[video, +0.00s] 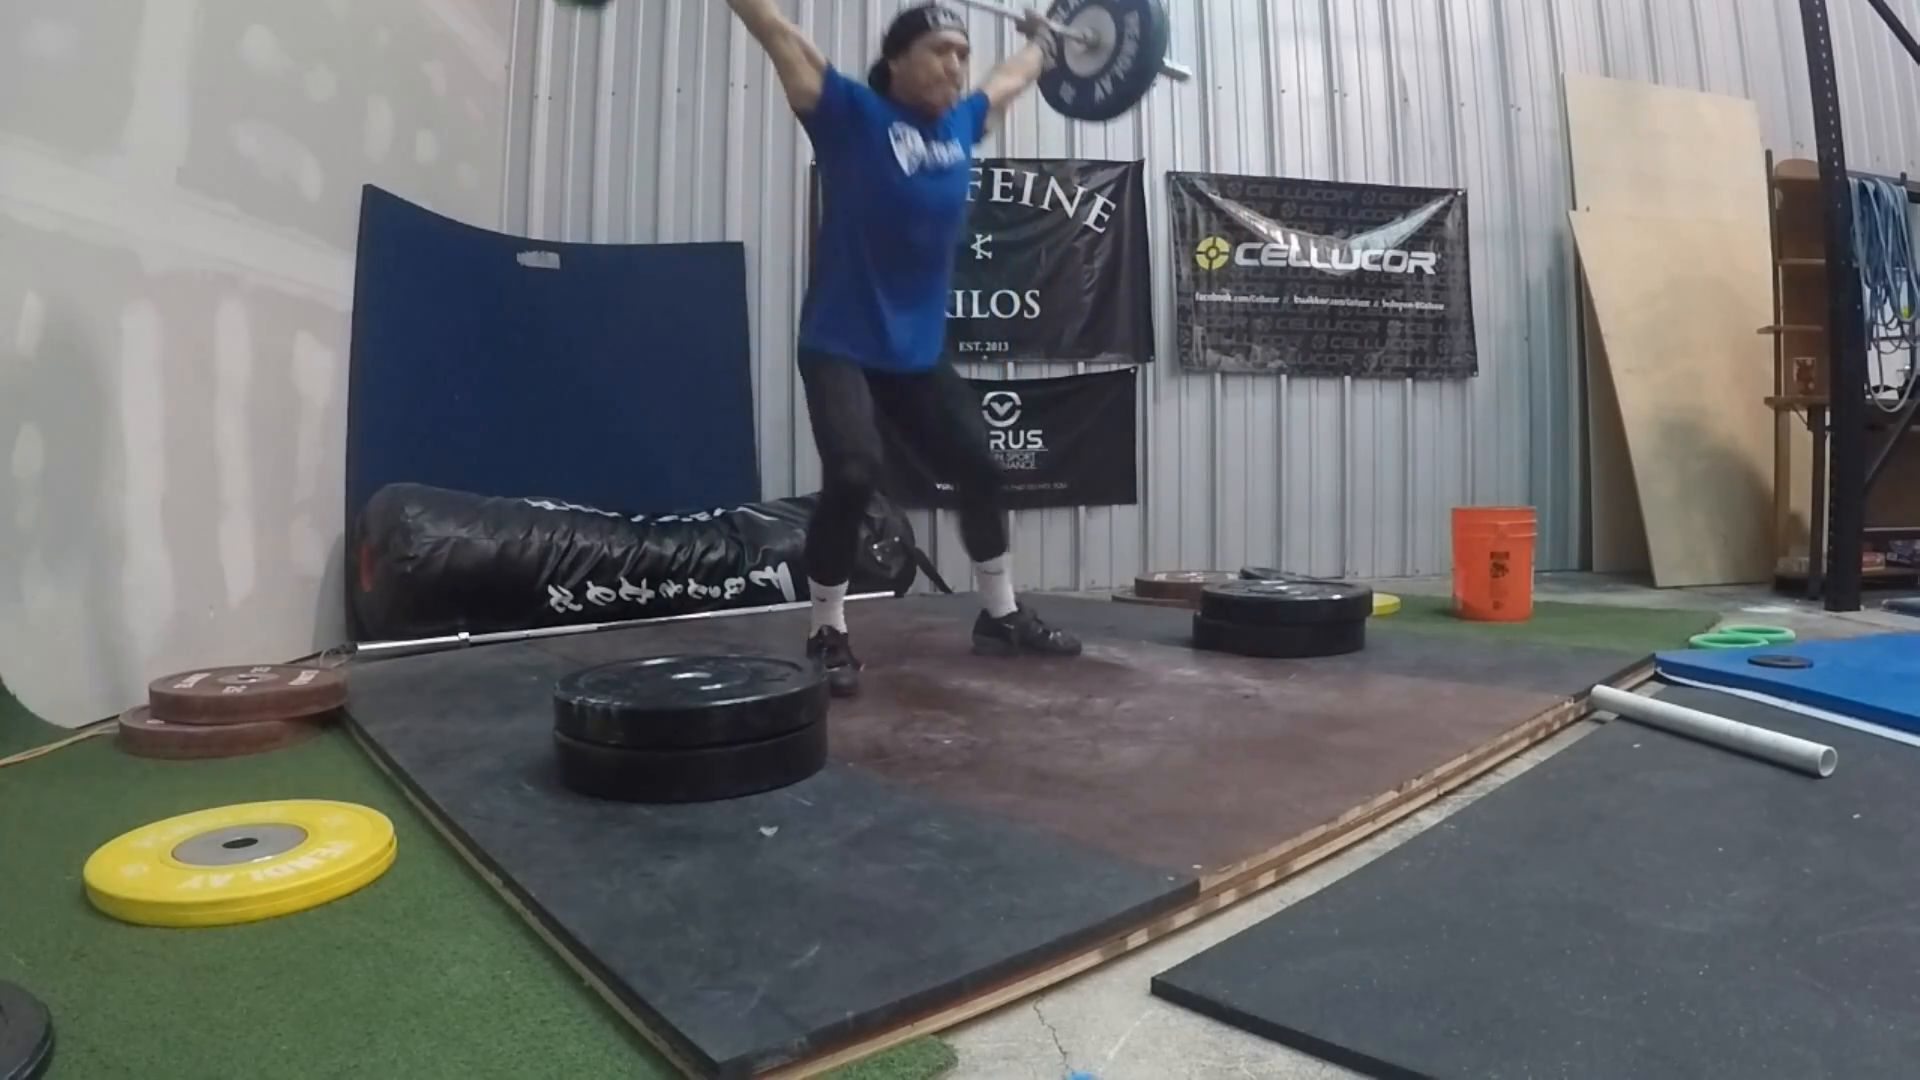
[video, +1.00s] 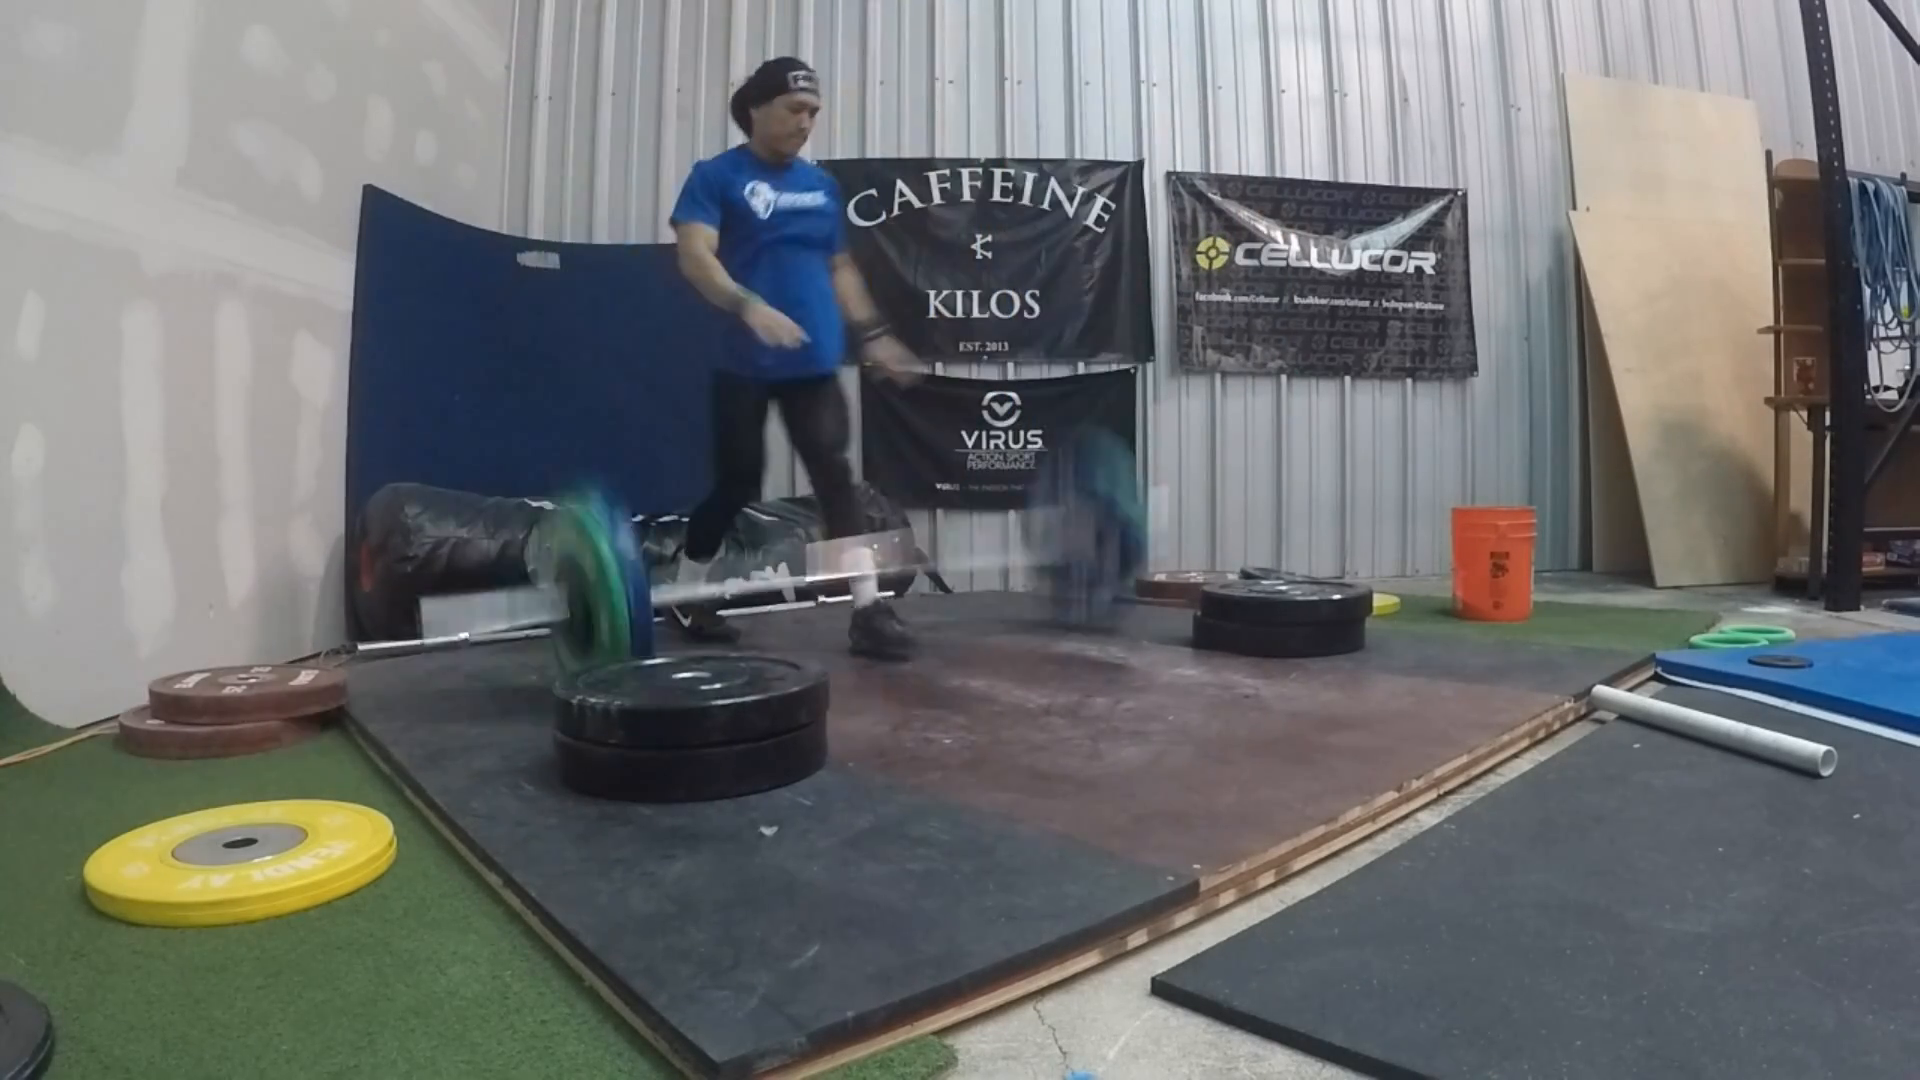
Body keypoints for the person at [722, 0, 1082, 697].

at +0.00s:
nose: (953, 68)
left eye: (959, 57)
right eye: (939, 52)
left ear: (962, 69)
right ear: (895, 60)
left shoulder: (959, 124)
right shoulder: (848, 112)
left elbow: (1011, 80)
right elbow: (775, 32)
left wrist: (1042, 40)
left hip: (917, 353)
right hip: (839, 345)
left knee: (981, 472)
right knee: (853, 475)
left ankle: (1001, 617)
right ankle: (827, 634)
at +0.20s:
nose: (923, 41)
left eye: (929, 29)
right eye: (910, 25)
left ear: (931, 41)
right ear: (864, 30)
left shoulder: (935, 88)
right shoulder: (820, 76)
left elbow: (988, 42)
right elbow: (762, 12)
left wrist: (1030, 6)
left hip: (910, 318)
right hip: (830, 316)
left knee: (940, 456)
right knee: (835, 458)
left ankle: (901, 588)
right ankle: (824, 627)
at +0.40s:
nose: (907, 52)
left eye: (913, 42)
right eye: (894, 38)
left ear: (917, 54)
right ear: (851, 42)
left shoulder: (920, 100)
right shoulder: (812, 92)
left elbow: (976, 53)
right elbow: (752, 24)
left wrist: (1020, 18)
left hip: (902, 321)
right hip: (829, 319)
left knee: (889, 464)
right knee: (833, 461)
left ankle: (875, 612)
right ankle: (826, 629)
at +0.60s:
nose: (863, 79)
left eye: (870, 69)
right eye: (849, 67)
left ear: (874, 75)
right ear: (809, 72)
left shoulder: (887, 131)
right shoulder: (777, 126)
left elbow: (958, 106)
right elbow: (702, 82)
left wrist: (1004, 51)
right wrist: (690, 8)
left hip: (897, 331)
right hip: (824, 332)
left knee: (901, 468)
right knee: (828, 463)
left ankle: (880, 614)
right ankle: (822, 629)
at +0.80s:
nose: (835, 96)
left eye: (841, 86)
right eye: (823, 83)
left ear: (846, 93)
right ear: (783, 88)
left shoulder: (855, 156)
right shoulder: (746, 148)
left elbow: (928, 215)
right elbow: (675, 201)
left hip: (866, 328)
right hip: (796, 329)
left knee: (870, 459)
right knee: (809, 449)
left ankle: (878, 612)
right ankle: (757, 585)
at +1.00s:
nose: (805, 122)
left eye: (811, 112)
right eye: (793, 110)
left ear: (815, 116)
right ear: (753, 112)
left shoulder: (821, 185)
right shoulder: (716, 176)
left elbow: (839, 268)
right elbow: (694, 257)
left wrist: (876, 337)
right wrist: (749, 307)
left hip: (813, 361)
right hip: (742, 362)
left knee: (835, 476)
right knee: (738, 483)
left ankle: (868, 609)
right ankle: (686, 586)